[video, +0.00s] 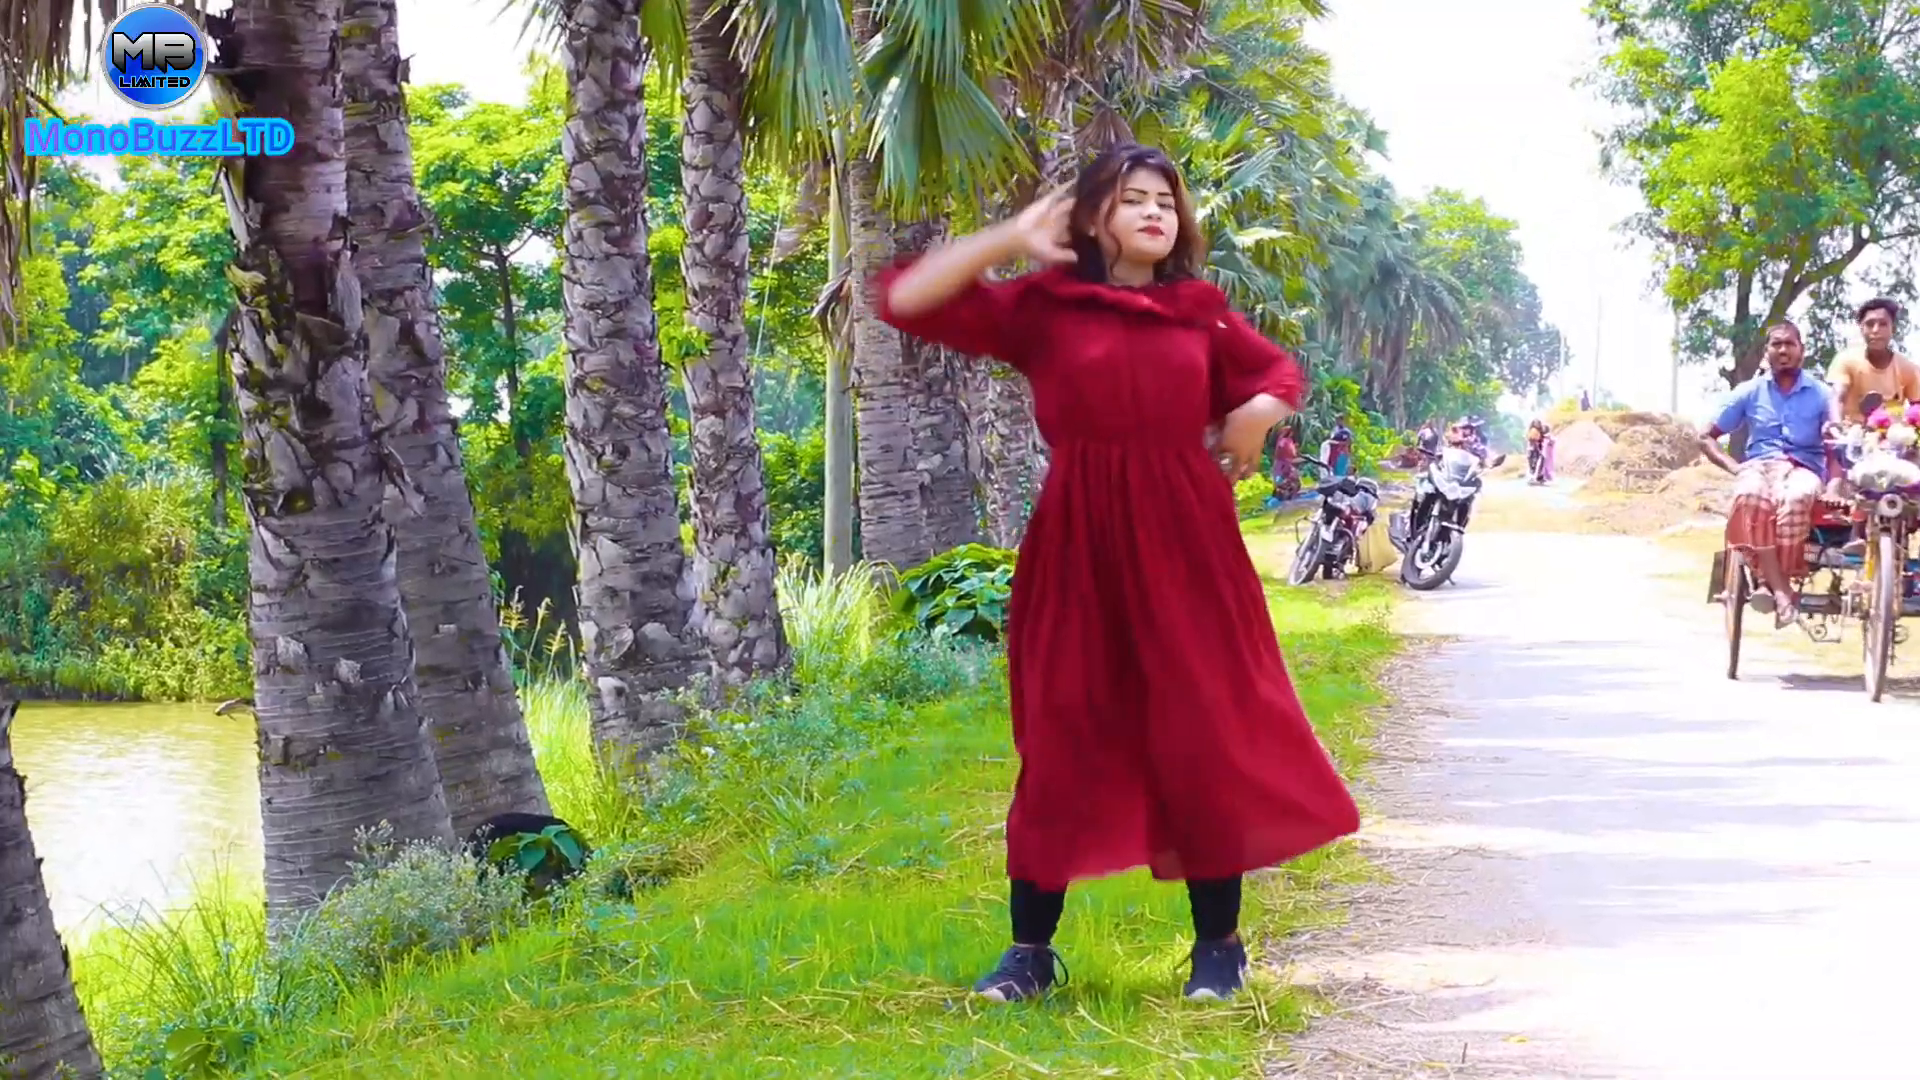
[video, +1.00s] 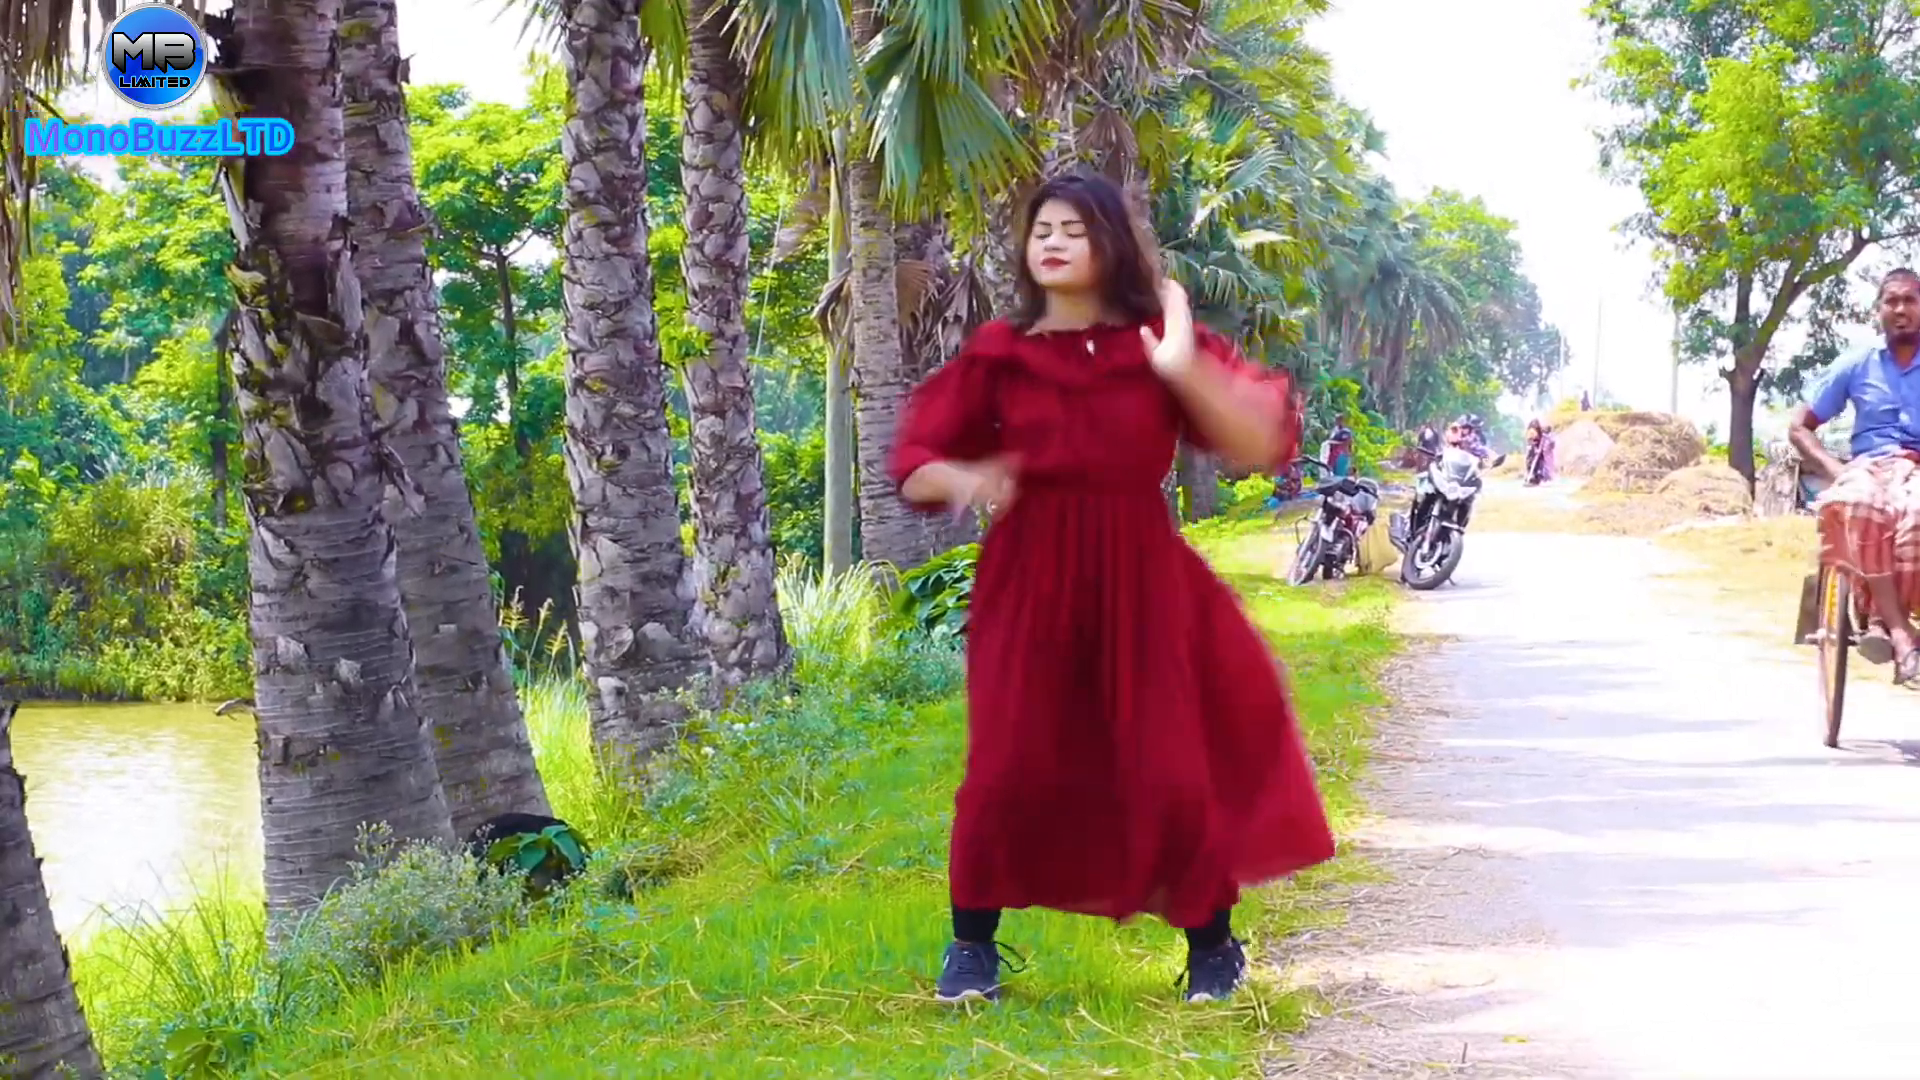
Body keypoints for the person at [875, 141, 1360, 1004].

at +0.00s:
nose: (1153, 209)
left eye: (1165, 200)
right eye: (1134, 198)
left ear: (1181, 222)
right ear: (1090, 217)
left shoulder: (1199, 308)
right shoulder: (1043, 309)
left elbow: (1283, 370)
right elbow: (903, 300)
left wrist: (1262, 408)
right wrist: (1009, 237)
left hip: (1184, 542)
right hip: (1076, 541)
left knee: (1198, 742)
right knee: (1052, 745)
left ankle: (1218, 948)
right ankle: (1029, 954)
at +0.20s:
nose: (1158, 226)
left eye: (1175, 216)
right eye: (1140, 217)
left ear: (1201, 240)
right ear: (1116, 243)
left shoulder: (1233, 321)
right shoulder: (1080, 349)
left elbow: (1298, 400)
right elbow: (1044, 480)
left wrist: (1193, 334)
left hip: (1202, 569)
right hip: (1095, 564)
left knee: (1209, 751)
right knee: (1029, 747)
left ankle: (1217, 954)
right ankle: (1025, 939)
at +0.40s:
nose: (1128, 196)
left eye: (1149, 181)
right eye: (1126, 183)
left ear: (1205, 197)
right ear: (1125, 200)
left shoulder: (1229, 285)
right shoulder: (1115, 301)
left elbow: (1331, 276)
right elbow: (1103, 413)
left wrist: (1243, 215)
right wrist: (1071, 482)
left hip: (1205, 531)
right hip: (1115, 532)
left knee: (1212, 738)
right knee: (1065, 730)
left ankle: (1227, 965)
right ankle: (1014, 951)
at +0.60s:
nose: (1115, 242)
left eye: (1132, 229)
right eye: (1112, 228)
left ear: (1185, 238)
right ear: (1113, 241)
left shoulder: (1221, 316)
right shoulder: (1102, 330)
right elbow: (1057, 419)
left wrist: (1163, 266)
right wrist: (1032, 505)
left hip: (1178, 556)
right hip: (1091, 549)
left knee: (1173, 737)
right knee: (1054, 728)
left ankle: (1204, 935)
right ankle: (1005, 926)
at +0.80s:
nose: (1084, 211)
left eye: (1103, 196)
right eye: (1081, 196)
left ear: (1159, 208)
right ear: (1083, 207)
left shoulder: (1202, 289)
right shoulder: (1076, 311)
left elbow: (1315, 269)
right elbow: (1031, 436)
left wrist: (1215, 219)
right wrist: (1028, 473)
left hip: (1182, 545)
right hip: (1080, 546)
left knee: (1190, 752)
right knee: (1019, 744)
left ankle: (1227, 967)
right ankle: (981, 954)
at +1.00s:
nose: (1056, 243)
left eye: (1076, 230)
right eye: (1043, 231)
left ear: (1116, 248)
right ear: (1026, 251)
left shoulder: (1165, 345)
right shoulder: (998, 351)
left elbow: (1266, 439)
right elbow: (913, 463)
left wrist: (1184, 369)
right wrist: (965, 479)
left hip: (1141, 569)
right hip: (1030, 573)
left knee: (1170, 759)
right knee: (1002, 763)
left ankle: (1213, 948)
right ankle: (971, 948)